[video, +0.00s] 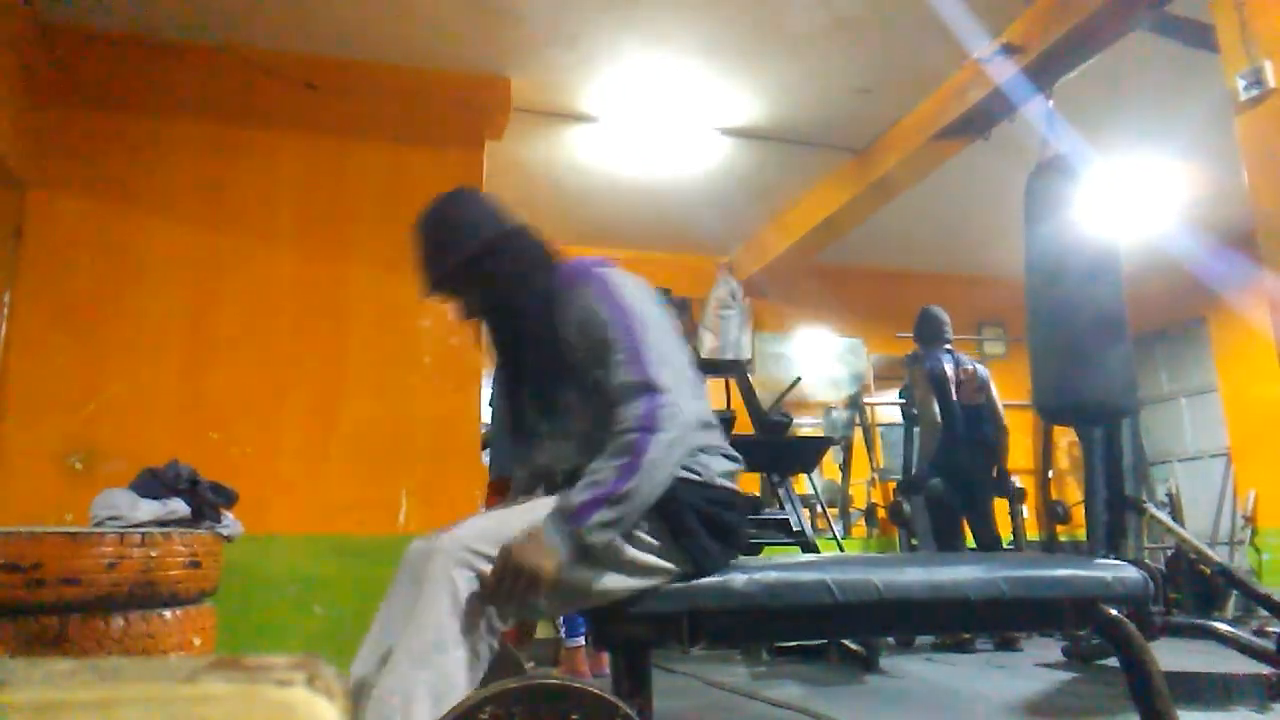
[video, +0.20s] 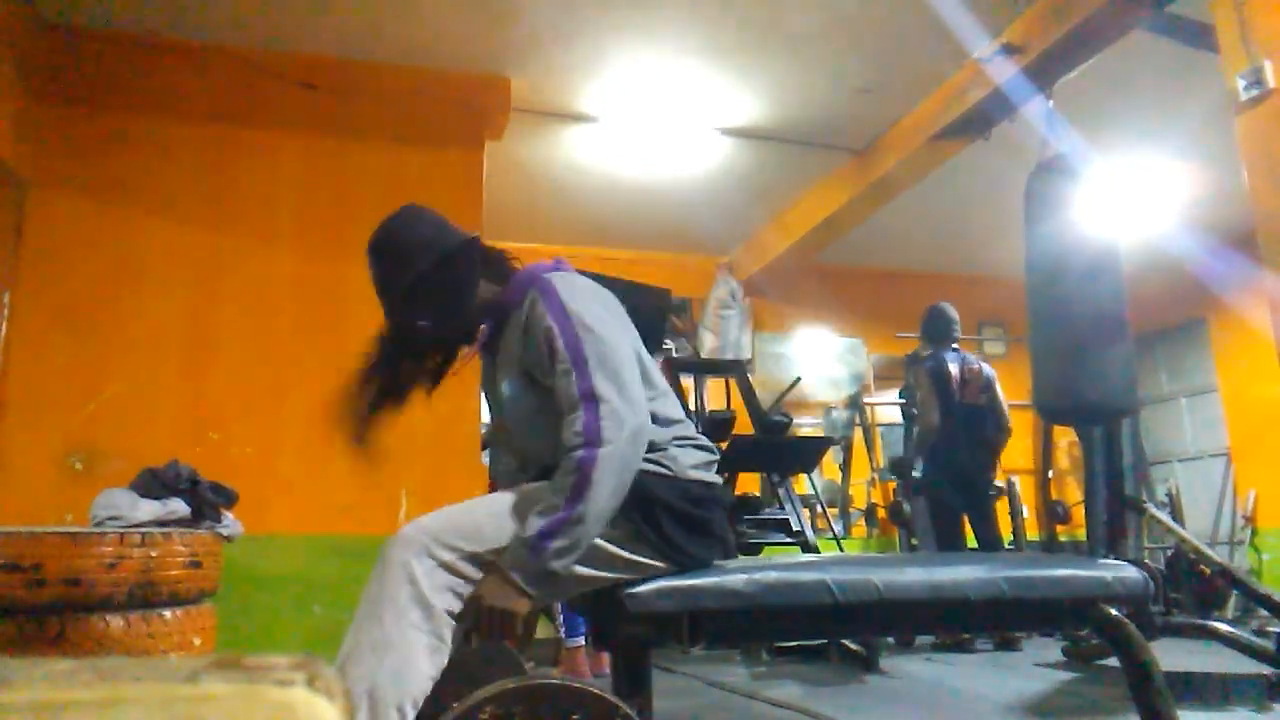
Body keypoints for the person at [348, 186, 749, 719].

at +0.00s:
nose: (464, 309)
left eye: (463, 288)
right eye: (453, 294)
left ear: (493, 262)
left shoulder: (598, 290)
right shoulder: (522, 333)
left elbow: (660, 421)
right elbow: (524, 466)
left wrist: (559, 534)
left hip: (675, 510)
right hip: (608, 508)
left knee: (459, 560)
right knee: (427, 557)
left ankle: (398, 715)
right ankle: (363, 711)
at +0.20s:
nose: (443, 334)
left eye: (435, 313)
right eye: (428, 321)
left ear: (457, 280)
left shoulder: (559, 297)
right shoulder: (505, 340)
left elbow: (613, 432)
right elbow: (514, 474)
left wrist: (523, 572)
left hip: (661, 505)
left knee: (423, 552)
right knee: (425, 553)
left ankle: (359, 713)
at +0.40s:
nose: (485, 294)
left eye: (485, 273)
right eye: (476, 280)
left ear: (515, 252)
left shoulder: (610, 288)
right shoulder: (546, 330)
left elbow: (646, 428)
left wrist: (562, 552)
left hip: (671, 509)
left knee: (435, 557)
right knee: (441, 569)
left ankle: (367, 714)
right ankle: (373, 709)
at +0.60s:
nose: (560, 265)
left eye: (568, 245)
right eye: (556, 250)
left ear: (600, 234)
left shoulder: (692, 286)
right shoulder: (592, 320)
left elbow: (722, 415)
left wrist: (639, 505)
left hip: (688, 508)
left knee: (470, 505)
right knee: (450, 568)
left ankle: (389, 708)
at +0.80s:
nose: (638, 250)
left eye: (645, 232)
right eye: (634, 237)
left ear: (686, 225)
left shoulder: (750, 300)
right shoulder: (662, 316)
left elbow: (769, 424)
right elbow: (645, 422)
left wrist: (660, 484)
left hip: (704, 516)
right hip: (646, 516)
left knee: (512, 417)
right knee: (440, 556)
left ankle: (437, 676)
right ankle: (367, 703)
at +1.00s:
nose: (682, 242)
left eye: (696, 229)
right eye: (682, 231)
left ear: (738, 234)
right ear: (697, 235)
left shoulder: (787, 311)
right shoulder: (692, 319)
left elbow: (795, 434)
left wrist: (675, 475)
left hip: (723, 512)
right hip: (657, 505)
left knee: (540, 400)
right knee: (455, 504)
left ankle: (561, 655)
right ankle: (371, 705)